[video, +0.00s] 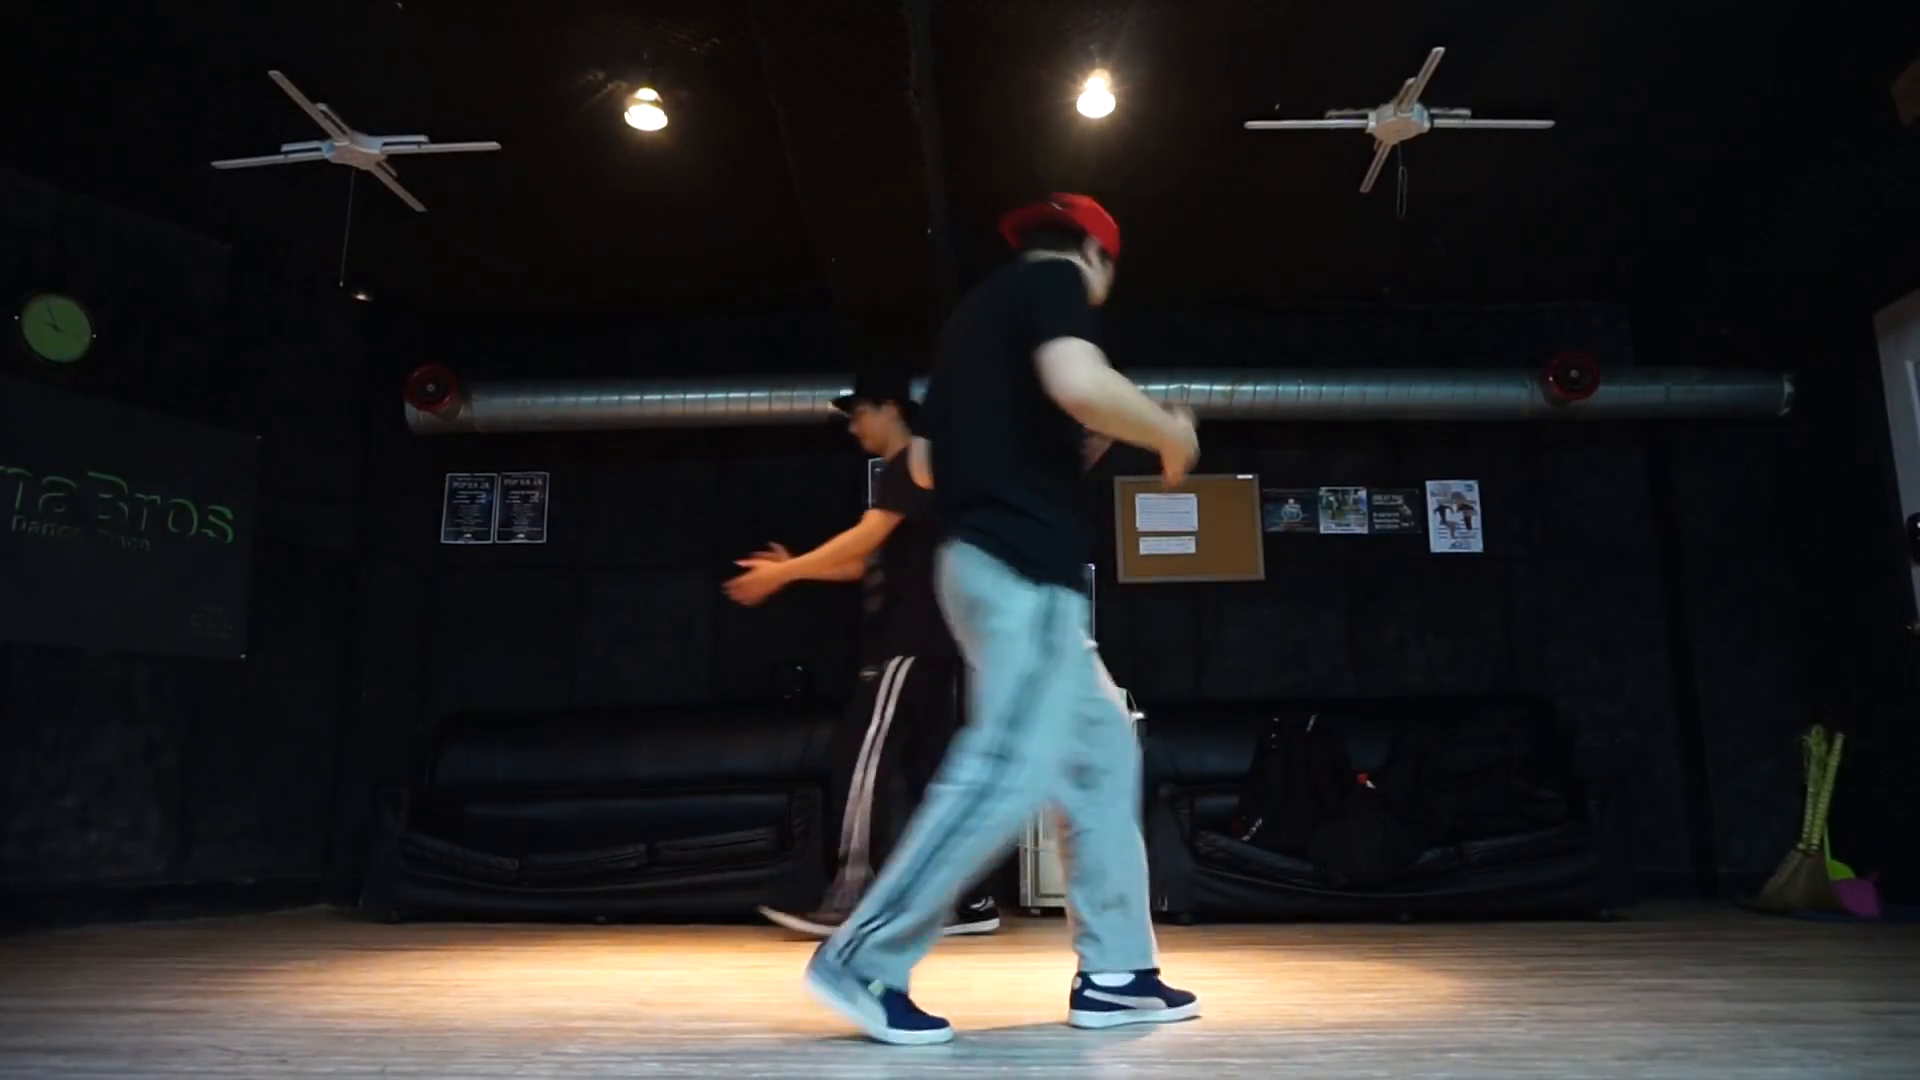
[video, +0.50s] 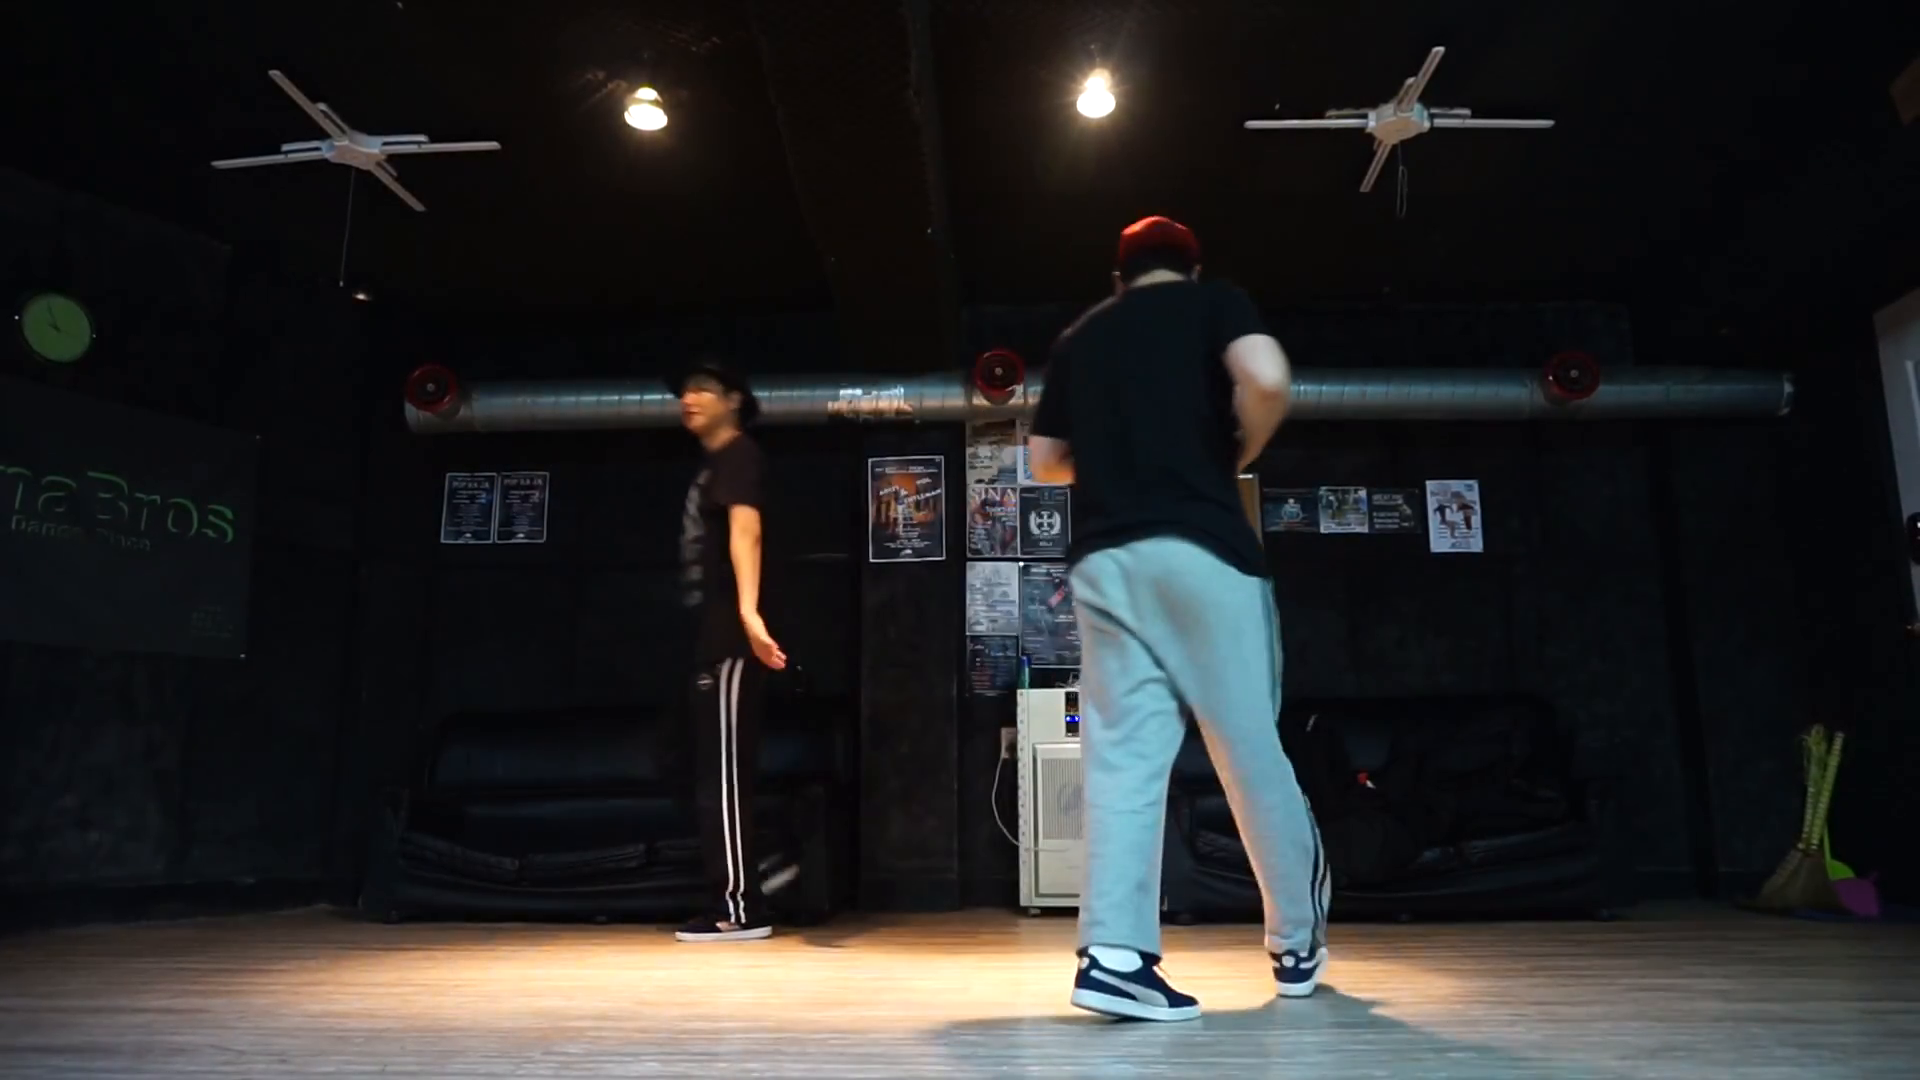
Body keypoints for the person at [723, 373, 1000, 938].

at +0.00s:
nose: (854, 430)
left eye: (861, 418)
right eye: (852, 420)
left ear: (892, 411)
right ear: (881, 417)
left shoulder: (909, 465)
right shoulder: (901, 468)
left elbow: (862, 542)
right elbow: (864, 562)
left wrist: (784, 572)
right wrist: (795, 567)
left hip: (908, 641)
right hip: (926, 639)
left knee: (866, 759)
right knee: (940, 766)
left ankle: (848, 900)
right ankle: (971, 897)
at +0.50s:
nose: (688, 403)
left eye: (701, 393)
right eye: (685, 394)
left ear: (733, 403)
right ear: (689, 407)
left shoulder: (738, 459)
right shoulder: (713, 463)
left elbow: (747, 537)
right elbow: (725, 545)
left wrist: (750, 613)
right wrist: (726, 620)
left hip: (728, 642)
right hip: (709, 641)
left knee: (725, 777)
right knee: (710, 771)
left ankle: (737, 910)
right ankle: (769, 864)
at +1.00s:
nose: (534, 392)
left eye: (548, 384)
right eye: (530, 385)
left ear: (577, 401)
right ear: (526, 402)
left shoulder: (582, 456)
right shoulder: (549, 468)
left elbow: (583, 523)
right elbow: (523, 562)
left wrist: (570, 588)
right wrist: (465, 594)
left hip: (557, 628)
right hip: (531, 628)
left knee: (546, 765)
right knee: (522, 767)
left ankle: (638, 866)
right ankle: (530, 907)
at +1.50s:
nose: (410, 383)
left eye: (425, 374)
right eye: (402, 371)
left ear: (451, 385)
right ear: (388, 378)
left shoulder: (455, 456)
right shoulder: (384, 453)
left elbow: (432, 550)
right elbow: (352, 528)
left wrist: (344, 607)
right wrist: (313, 586)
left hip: (422, 639)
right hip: (378, 633)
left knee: (358, 768)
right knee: (384, 767)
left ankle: (305, 915)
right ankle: (472, 862)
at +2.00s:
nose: (336, 333)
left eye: (347, 324)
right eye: (321, 319)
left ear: (357, 339)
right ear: (286, 327)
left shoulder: (384, 417)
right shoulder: (244, 411)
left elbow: (452, 497)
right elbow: (196, 497)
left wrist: (515, 577)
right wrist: (148, 571)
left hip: (330, 623)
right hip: (242, 616)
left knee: (310, 768)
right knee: (201, 757)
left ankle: (292, 908)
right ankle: (147, 928)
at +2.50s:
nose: (391, 269)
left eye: (402, 261)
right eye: (378, 250)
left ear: (404, 276)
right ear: (330, 244)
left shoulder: (400, 371)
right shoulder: (259, 321)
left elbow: (427, 464)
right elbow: (224, 408)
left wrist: (483, 458)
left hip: (329, 596)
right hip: (228, 580)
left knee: (318, 767)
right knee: (180, 770)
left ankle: (317, 953)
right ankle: (141, 949)